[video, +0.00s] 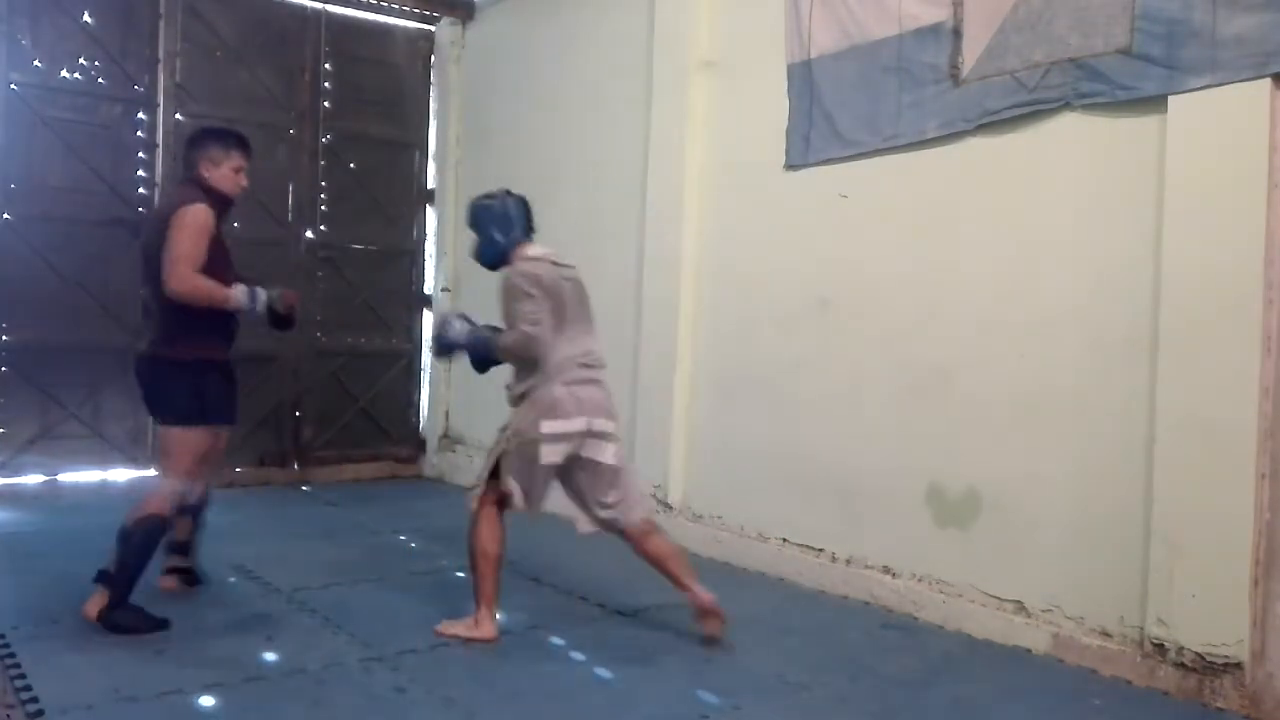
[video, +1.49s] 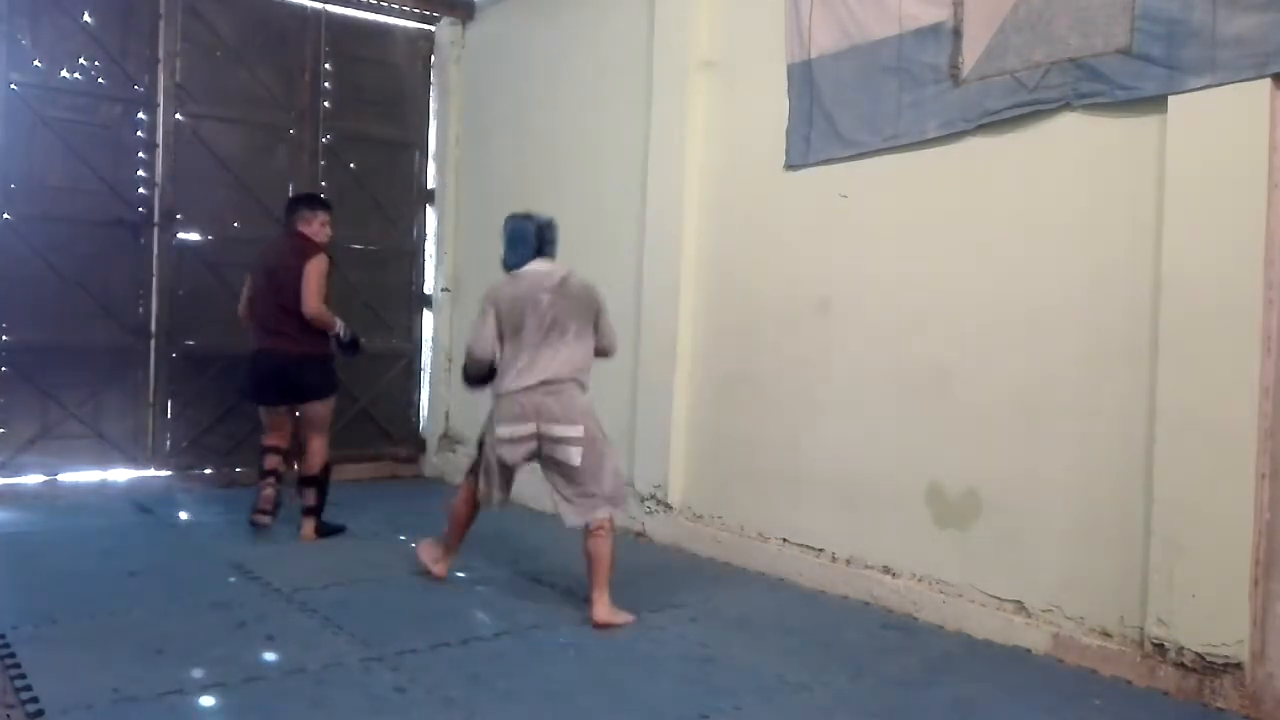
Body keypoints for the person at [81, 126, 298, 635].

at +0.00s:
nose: (243, 180)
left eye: (245, 172)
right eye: (237, 171)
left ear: (211, 170)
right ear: (206, 167)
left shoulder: (199, 212)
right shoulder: (195, 211)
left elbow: (200, 284)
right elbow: (179, 280)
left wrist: (259, 300)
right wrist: (254, 299)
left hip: (202, 361)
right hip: (182, 364)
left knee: (207, 455)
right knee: (178, 475)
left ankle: (179, 563)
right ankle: (110, 597)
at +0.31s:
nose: (266, 208)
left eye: (267, 199)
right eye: (260, 198)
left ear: (232, 199)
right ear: (230, 194)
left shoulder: (213, 233)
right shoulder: (226, 234)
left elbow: (222, 308)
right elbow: (253, 296)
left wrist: (263, 322)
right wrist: (317, 290)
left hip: (220, 374)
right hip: (215, 377)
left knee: (258, 445)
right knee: (177, 478)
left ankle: (264, 553)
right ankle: (114, 595)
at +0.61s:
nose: (287, 200)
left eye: (289, 195)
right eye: (282, 193)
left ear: (250, 196)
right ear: (258, 190)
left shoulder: (236, 233)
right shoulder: (255, 209)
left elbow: (277, 280)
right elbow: (282, 209)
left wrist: (322, 274)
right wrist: (323, 209)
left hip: (248, 333)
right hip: (293, 319)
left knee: (267, 424)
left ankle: (279, 527)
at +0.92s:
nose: (284, 211)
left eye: (284, 205)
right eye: (281, 204)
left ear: (248, 206)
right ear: (273, 205)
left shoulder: (232, 249)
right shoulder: (283, 238)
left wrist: (326, 277)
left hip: (264, 341)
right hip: (308, 322)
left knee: (268, 435)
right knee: (392, 351)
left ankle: (283, 528)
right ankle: (402, 275)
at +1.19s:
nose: (291, 232)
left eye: (289, 228)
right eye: (288, 228)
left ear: (254, 238)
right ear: (282, 230)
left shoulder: (239, 278)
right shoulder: (293, 240)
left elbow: (238, 336)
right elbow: (323, 261)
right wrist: (362, 291)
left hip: (270, 348)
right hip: (319, 337)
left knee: (284, 439)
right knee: (346, 418)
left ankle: (294, 538)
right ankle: (351, 509)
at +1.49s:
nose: (329, 232)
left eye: (329, 225)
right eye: (325, 225)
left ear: (294, 223)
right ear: (308, 223)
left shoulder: (267, 254)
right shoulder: (315, 256)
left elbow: (245, 310)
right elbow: (312, 308)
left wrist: (273, 332)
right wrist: (341, 329)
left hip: (268, 361)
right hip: (310, 362)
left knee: (275, 431)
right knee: (316, 436)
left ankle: (267, 493)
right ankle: (311, 522)